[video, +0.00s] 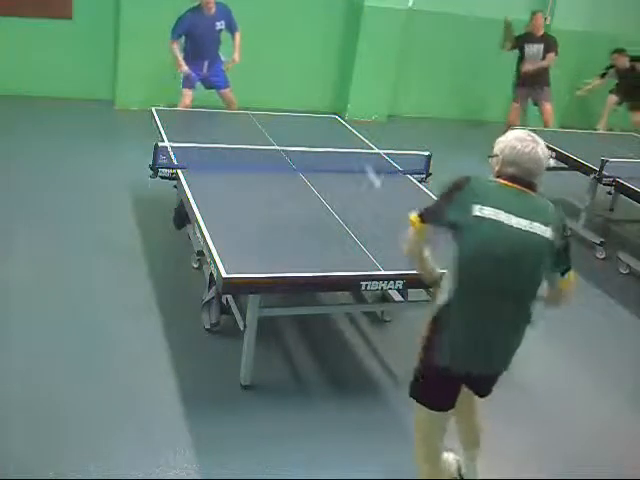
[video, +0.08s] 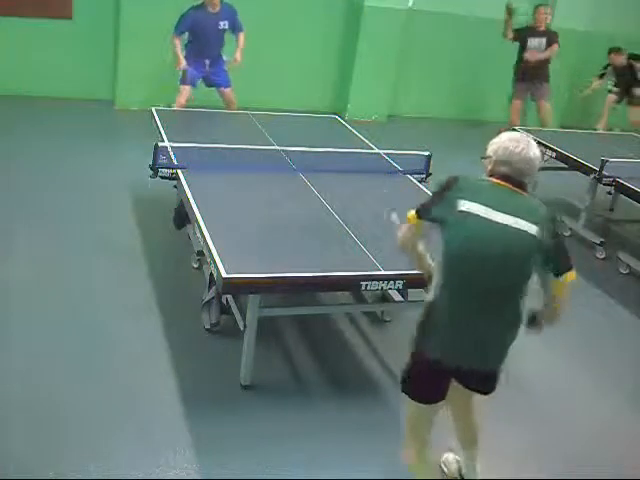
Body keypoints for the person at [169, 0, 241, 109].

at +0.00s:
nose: (210, 3)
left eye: (212, 1)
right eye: (206, 1)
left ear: (215, 1)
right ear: (201, 2)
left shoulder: (223, 11)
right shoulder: (189, 16)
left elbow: (235, 31)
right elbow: (174, 41)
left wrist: (236, 54)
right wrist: (181, 64)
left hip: (214, 63)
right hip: (192, 64)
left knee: (230, 100)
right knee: (186, 102)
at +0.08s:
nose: (214, 2)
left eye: (216, 1)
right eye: (212, 1)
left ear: (219, 1)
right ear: (206, 1)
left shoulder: (228, 11)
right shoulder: (193, 13)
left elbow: (240, 31)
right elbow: (176, 36)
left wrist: (238, 52)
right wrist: (180, 58)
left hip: (216, 61)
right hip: (193, 61)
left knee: (230, 100)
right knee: (182, 99)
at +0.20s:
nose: (217, 2)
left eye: (220, 2)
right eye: (214, 2)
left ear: (223, 1)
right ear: (210, 1)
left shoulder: (231, 11)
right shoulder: (198, 10)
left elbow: (243, 34)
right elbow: (178, 31)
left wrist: (240, 52)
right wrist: (181, 53)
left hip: (217, 61)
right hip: (194, 59)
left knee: (229, 94)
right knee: (181, 91)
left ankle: (236, 122)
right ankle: (162, 115)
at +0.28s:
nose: (217, 1)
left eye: (219, 0)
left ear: (222, 0)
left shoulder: (230, 10)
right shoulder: (198, 8)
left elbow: (240, 31)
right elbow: (179, 30)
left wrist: (240, 51)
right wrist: (181, 52)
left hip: (216, 59)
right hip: (193, 57)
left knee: (228, 95)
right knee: (177, 91)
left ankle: (234, 125)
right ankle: (155, 117)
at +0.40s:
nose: (212, 1)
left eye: (214, 0)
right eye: (210, 0)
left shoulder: (223, 6)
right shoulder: (190, 6)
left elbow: (229, 27)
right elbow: (173, 30)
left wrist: (236, 45)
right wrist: (179, 50)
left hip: (207, 53)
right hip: (186, 52)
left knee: (220, 89)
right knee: (167, 90)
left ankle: (221, 122)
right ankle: (148, 117)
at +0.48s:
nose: (207, 0)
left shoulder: (219, 6)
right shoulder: (186, 5)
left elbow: (226, 25)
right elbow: (169, 30)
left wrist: (233, 44)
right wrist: (177, 52)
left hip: (204, 52)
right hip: (182, 51)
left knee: (218, 88)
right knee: (164, 89)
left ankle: (217, 121)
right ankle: (148, 117)